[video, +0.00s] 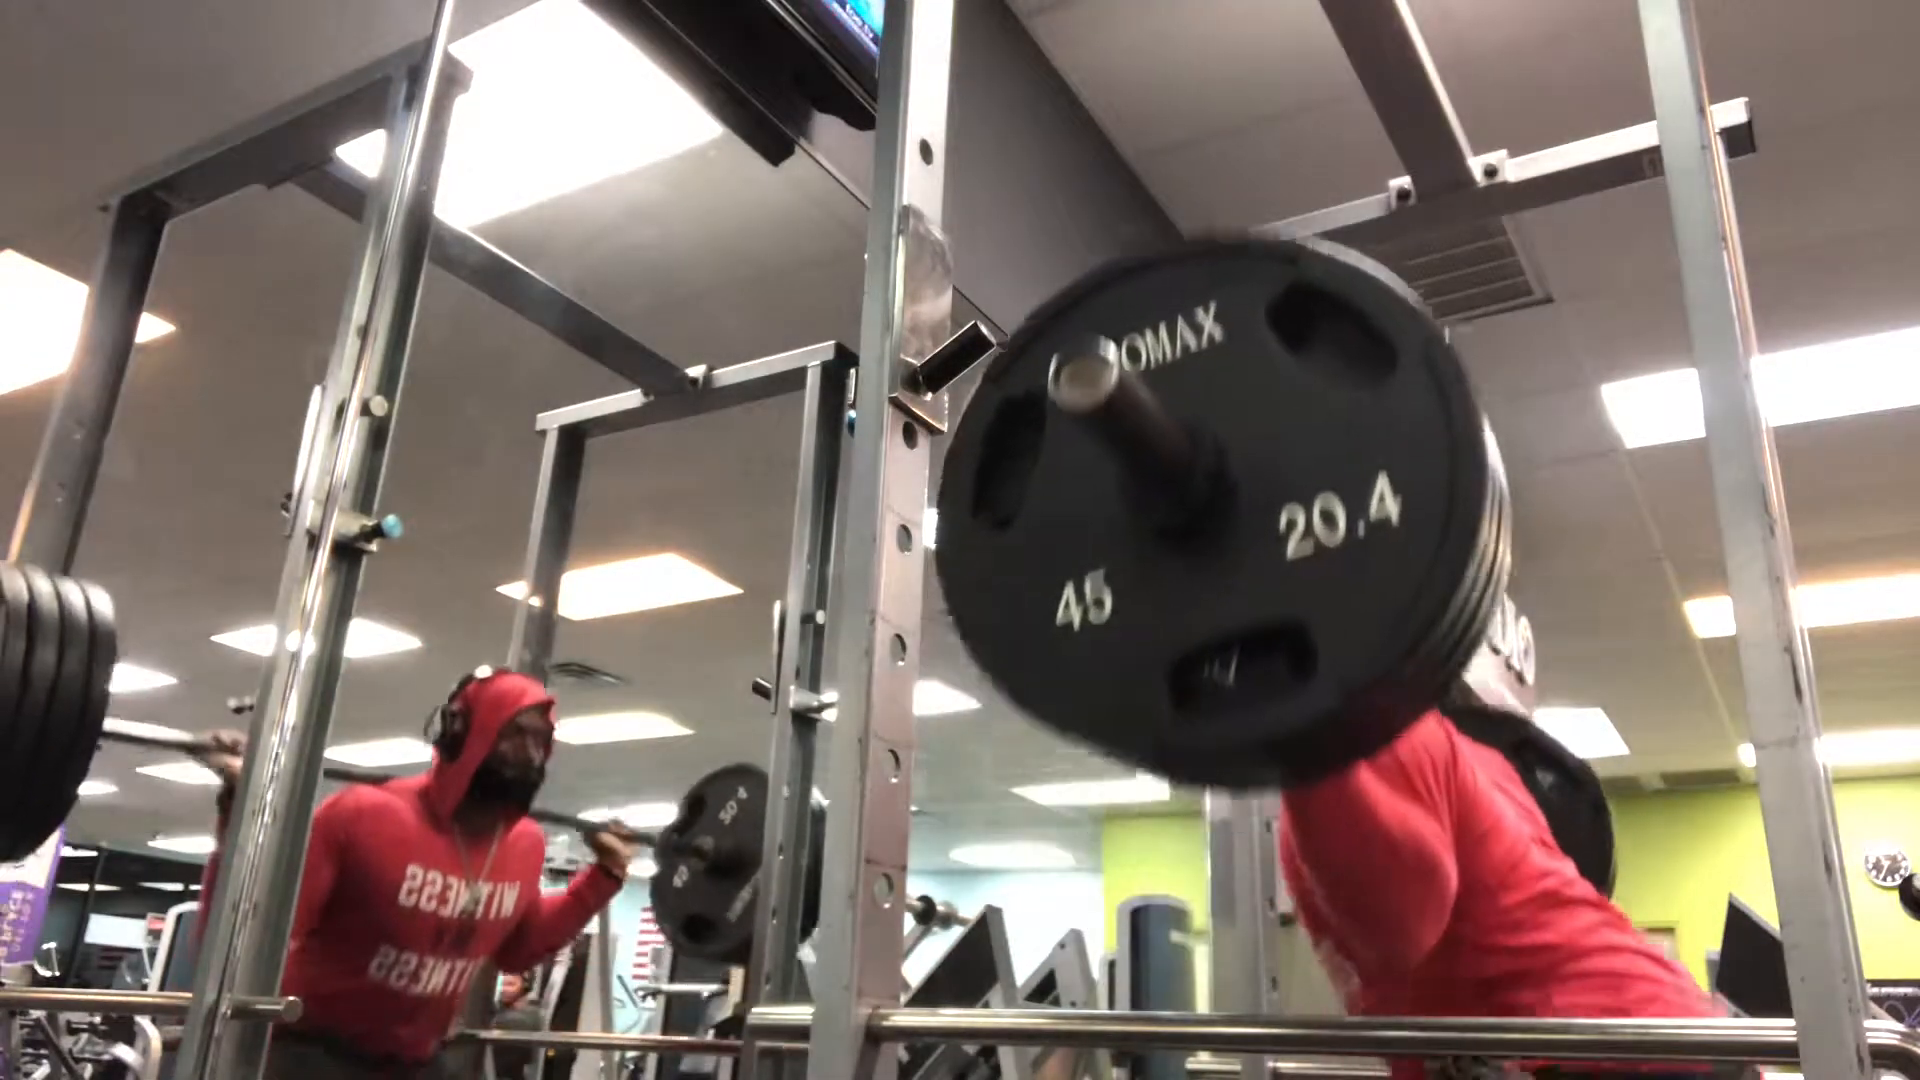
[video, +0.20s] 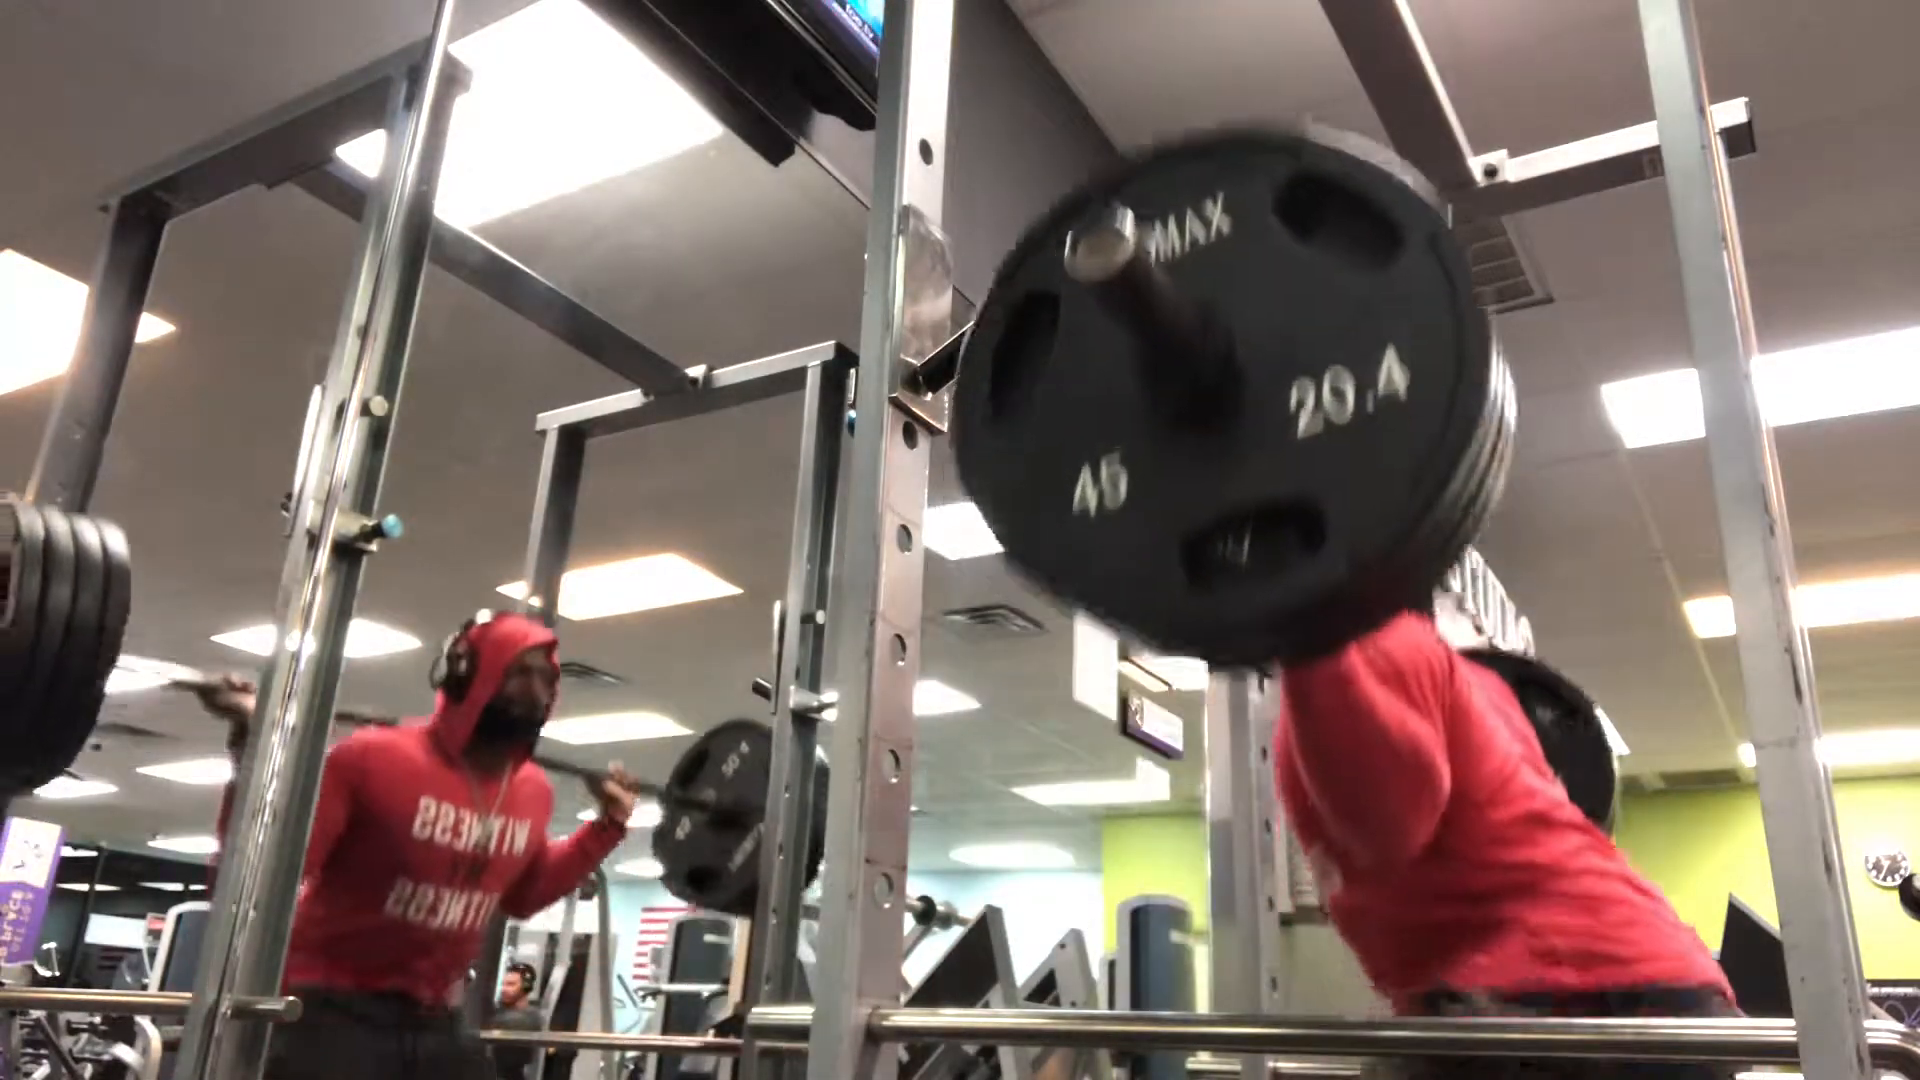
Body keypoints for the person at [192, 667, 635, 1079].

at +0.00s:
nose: (532, 755)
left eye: (541, 739)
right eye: (514, 734)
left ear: (550, 749)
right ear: (469, 736)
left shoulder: (524, 845)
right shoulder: (360, 815)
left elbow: (517, 947)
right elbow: (246, 932)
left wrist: (603, 878)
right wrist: (239, 807)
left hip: (417, 1063)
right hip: (315, 1049)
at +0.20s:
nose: (537, 691)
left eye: (547, 678)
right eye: (519, 674)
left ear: (557, 691)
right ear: (473, 677)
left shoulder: (532, 791)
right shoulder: (372, 757)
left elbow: (523, 896)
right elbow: (260, 864)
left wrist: (606, 828)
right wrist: (252, 749)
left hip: (434, 1024)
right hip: (330, 1014)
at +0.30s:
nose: (546, 660)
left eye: (553, 644)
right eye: (530, 639)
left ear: (557, 657)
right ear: (481, 643)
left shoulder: (536, 755)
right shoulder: (377, 718)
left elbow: (530, 863)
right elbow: (261, 828)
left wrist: (605, 794)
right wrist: (255, 707)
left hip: (437, 993)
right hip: (335, 984)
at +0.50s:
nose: (554, 592)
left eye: (561, 576)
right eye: (537, 572)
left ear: (566, 586)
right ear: (490, 575)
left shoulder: (548, 686)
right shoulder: (398, 645)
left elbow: (544, 798)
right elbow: (271, 749)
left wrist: (621, 723)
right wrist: (275, 627)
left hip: (447, 943)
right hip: (344, 924)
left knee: (452, 1067)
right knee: (317, 1069)